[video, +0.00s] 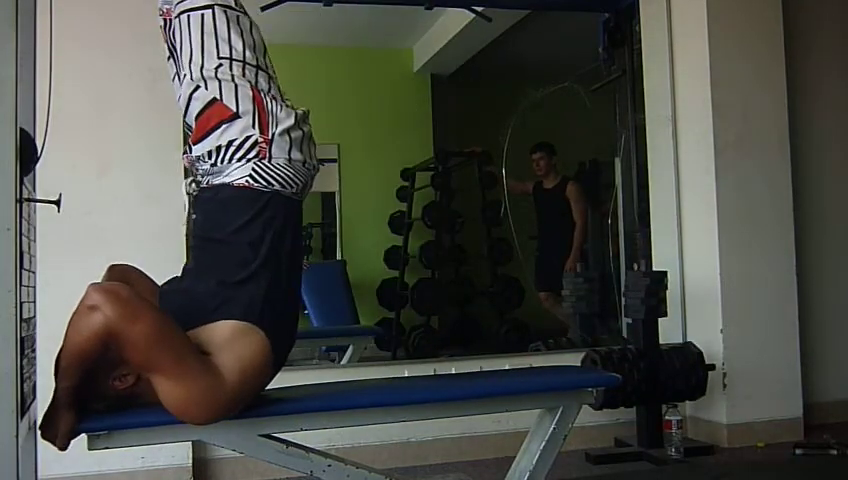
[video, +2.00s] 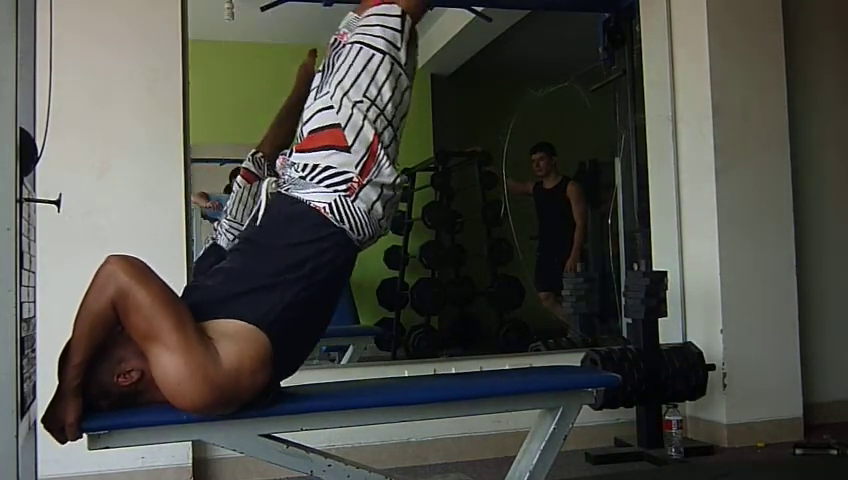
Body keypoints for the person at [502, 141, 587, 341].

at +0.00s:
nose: (537, 165)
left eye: (541, 160)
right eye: (534, 161)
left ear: (552, 161)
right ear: (532, 164)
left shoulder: (569, 187)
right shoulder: (535, 187)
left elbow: (580, 224)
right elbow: (511, 185)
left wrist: (573, 257)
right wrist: (489, 166)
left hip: (566, 250)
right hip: (545, 249)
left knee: (568, 296)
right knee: (545, 297)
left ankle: (574, 337)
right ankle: (575, 329)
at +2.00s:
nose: (536, 165)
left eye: (541, 160)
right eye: (534, 161)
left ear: (552, 161)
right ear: (532, 164)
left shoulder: (570, 187)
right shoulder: (536, 187)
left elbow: (581, 224)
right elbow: (511, 185)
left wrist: (574, 256)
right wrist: (488, 167)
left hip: (567, 250)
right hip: (546, 249)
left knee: (568, 296)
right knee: (546, 297)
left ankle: (576, 335)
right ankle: (577, 329)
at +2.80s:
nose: (543, 166)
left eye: (546, 160)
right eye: (539, 162)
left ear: (553, 160)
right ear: (535, 164)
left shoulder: (570, 187)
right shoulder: (538, 190)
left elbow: (580, 224)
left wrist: (574, 256)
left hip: (566, 250)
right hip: (545, 250)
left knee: (569, 295)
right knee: (545, 297)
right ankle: (576, 329)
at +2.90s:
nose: (541, 169)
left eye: (543, 164)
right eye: (537, 165)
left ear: (550, 162)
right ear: (535, 168)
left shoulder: (569, 187)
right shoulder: (539, 189)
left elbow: (580, 224)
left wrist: (574, 257)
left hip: (566, 249)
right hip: (546, 249)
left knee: (569, 295)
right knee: (546, 297)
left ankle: (579, 332)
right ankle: (577, 330)